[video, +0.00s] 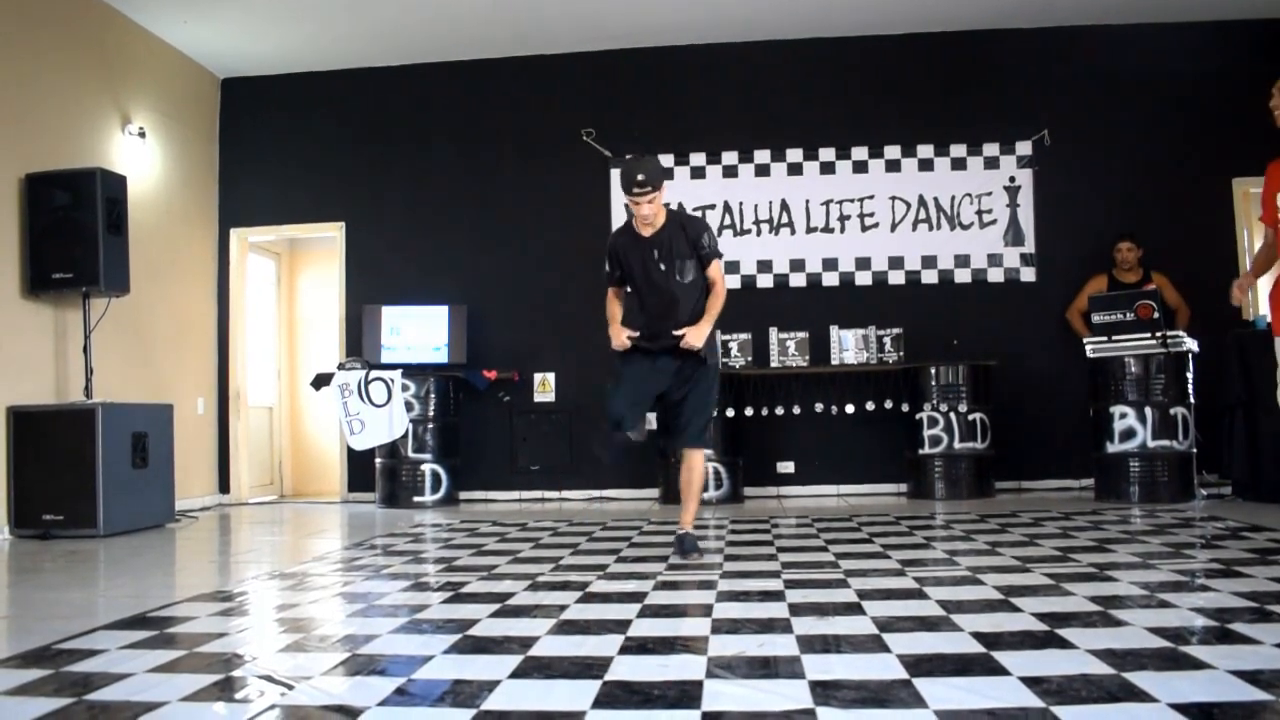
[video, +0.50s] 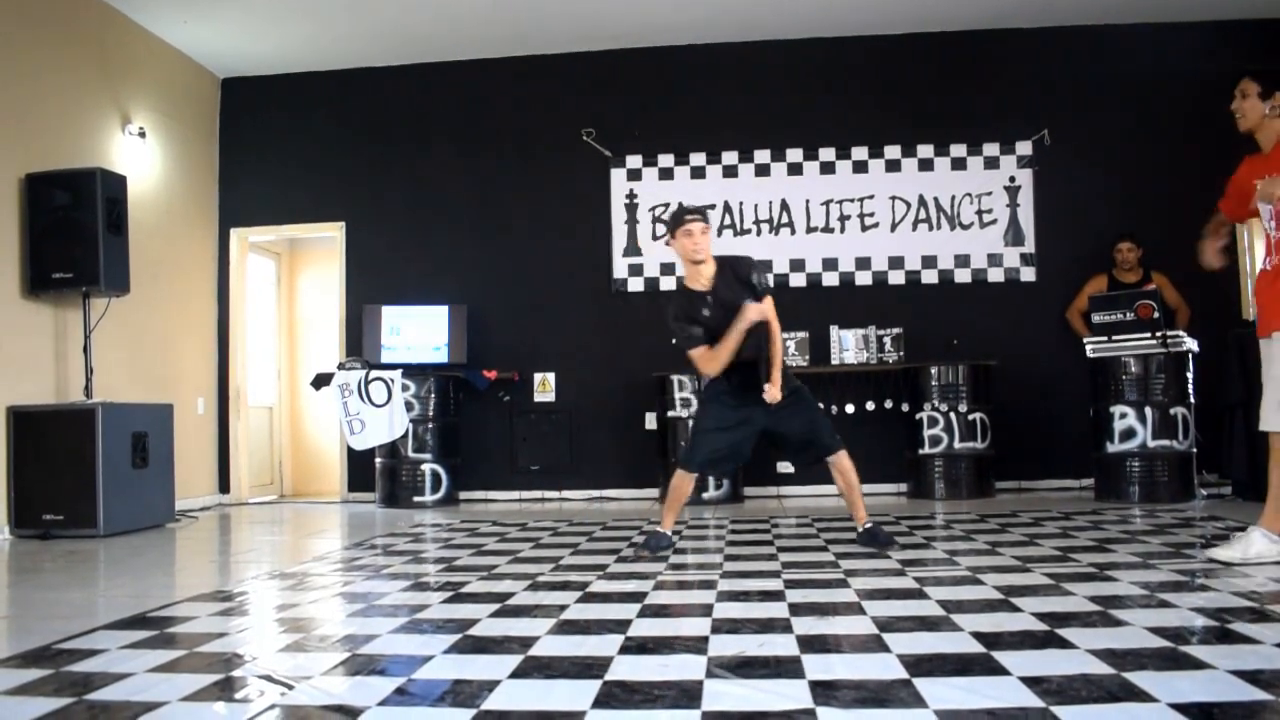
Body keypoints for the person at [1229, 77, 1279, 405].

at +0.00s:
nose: (1273, 104)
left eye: (1276, 96)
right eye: (1273, 97)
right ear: (1272, 104)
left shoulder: (1274, 173)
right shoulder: (1274, 172)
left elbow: (1271, 239)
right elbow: (1272, 239)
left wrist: (1250, 276)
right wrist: (1250, 275)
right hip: (1278, 308)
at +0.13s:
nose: (1265, 102)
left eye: (1273, 93)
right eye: (1265, 94)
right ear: (1266, 100)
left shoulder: (1271, 169)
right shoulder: (1267, 169)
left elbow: (1275, 248)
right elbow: (1273, 246)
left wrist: (1240, 254)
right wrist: (1240, 254)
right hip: (1275, 316)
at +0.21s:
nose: (1259, 103)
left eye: (1269, 94)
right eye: (1259, 95)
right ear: (1259, 102)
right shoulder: (1264, 168)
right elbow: (1273, 245)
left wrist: (1254, 231)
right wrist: (1246, 232)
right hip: (1277, 314)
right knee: (1276, 409)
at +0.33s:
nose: (1250, 106)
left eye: (1258, 96)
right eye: (1250, 98)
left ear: (1279, 102)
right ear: (1261, 106)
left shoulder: (1274, 164)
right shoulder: (1261, 167)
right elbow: (1270, 242)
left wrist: (1255, 212)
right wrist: (1244, 223)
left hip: (1277, 310)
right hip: (1271, 309)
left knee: (1274, 410)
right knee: (1270, 409)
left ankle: (1277, 522)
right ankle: (1272, 516)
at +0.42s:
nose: (1242, 106)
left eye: (1250, 97)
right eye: (1243, 98)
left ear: (1275, 104)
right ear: (1259, 106)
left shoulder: (1277, 163)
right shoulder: (1257, 167)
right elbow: (1250, 233)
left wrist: (1265, 209)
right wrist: (1254, 217)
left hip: (1278, 312)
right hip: (1270, 312)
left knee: (1279, 420)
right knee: (1278, 420)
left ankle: (1276, 520)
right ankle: (1275, 519)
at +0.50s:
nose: (1234, 106)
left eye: (1242, 97)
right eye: (1235, 98)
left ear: (1272, 103)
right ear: (1258, 106)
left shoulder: (1271, 163)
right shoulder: (1251, 167)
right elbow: (1225, 216)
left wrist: (1274, 196)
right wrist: (1213, 240)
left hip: (1277, 314)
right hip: (1266, 314)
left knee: (1276, 421)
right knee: (1274, 420)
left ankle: (1271, 526)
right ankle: (1270, 525)